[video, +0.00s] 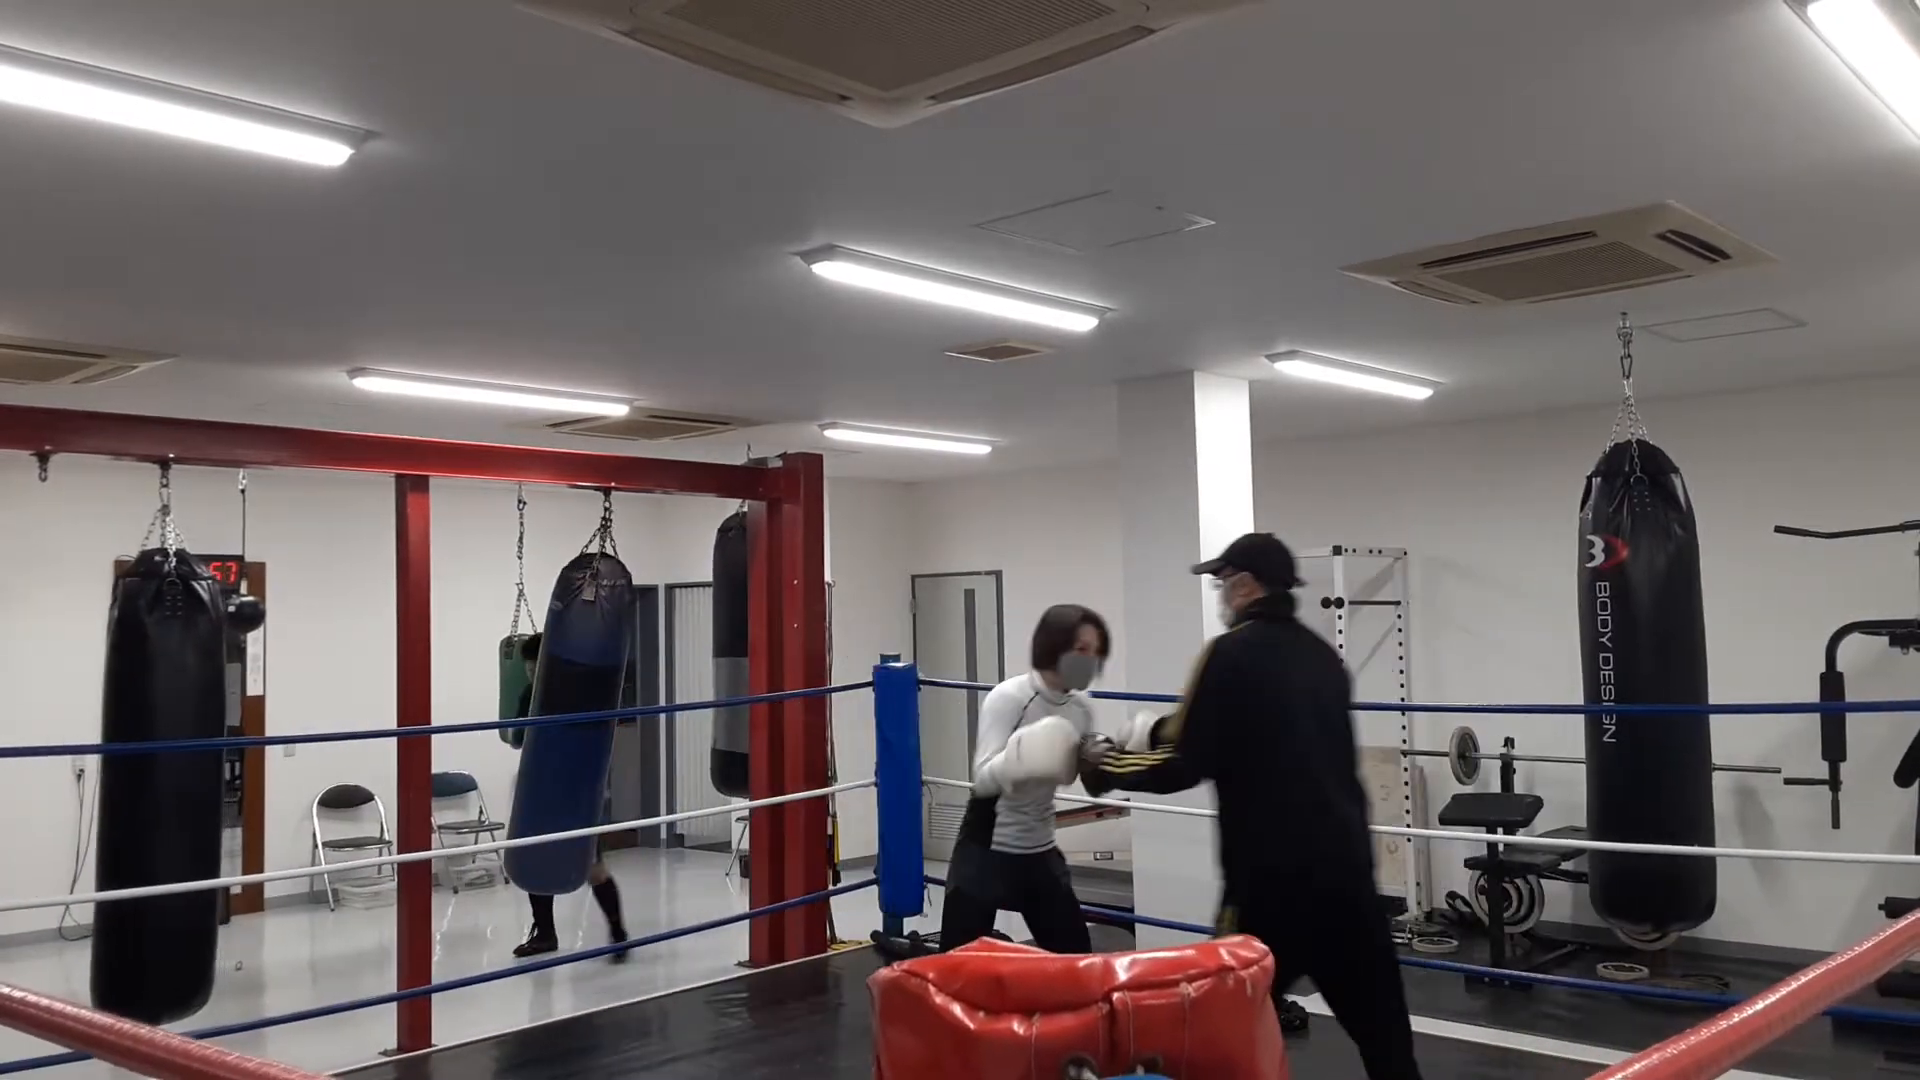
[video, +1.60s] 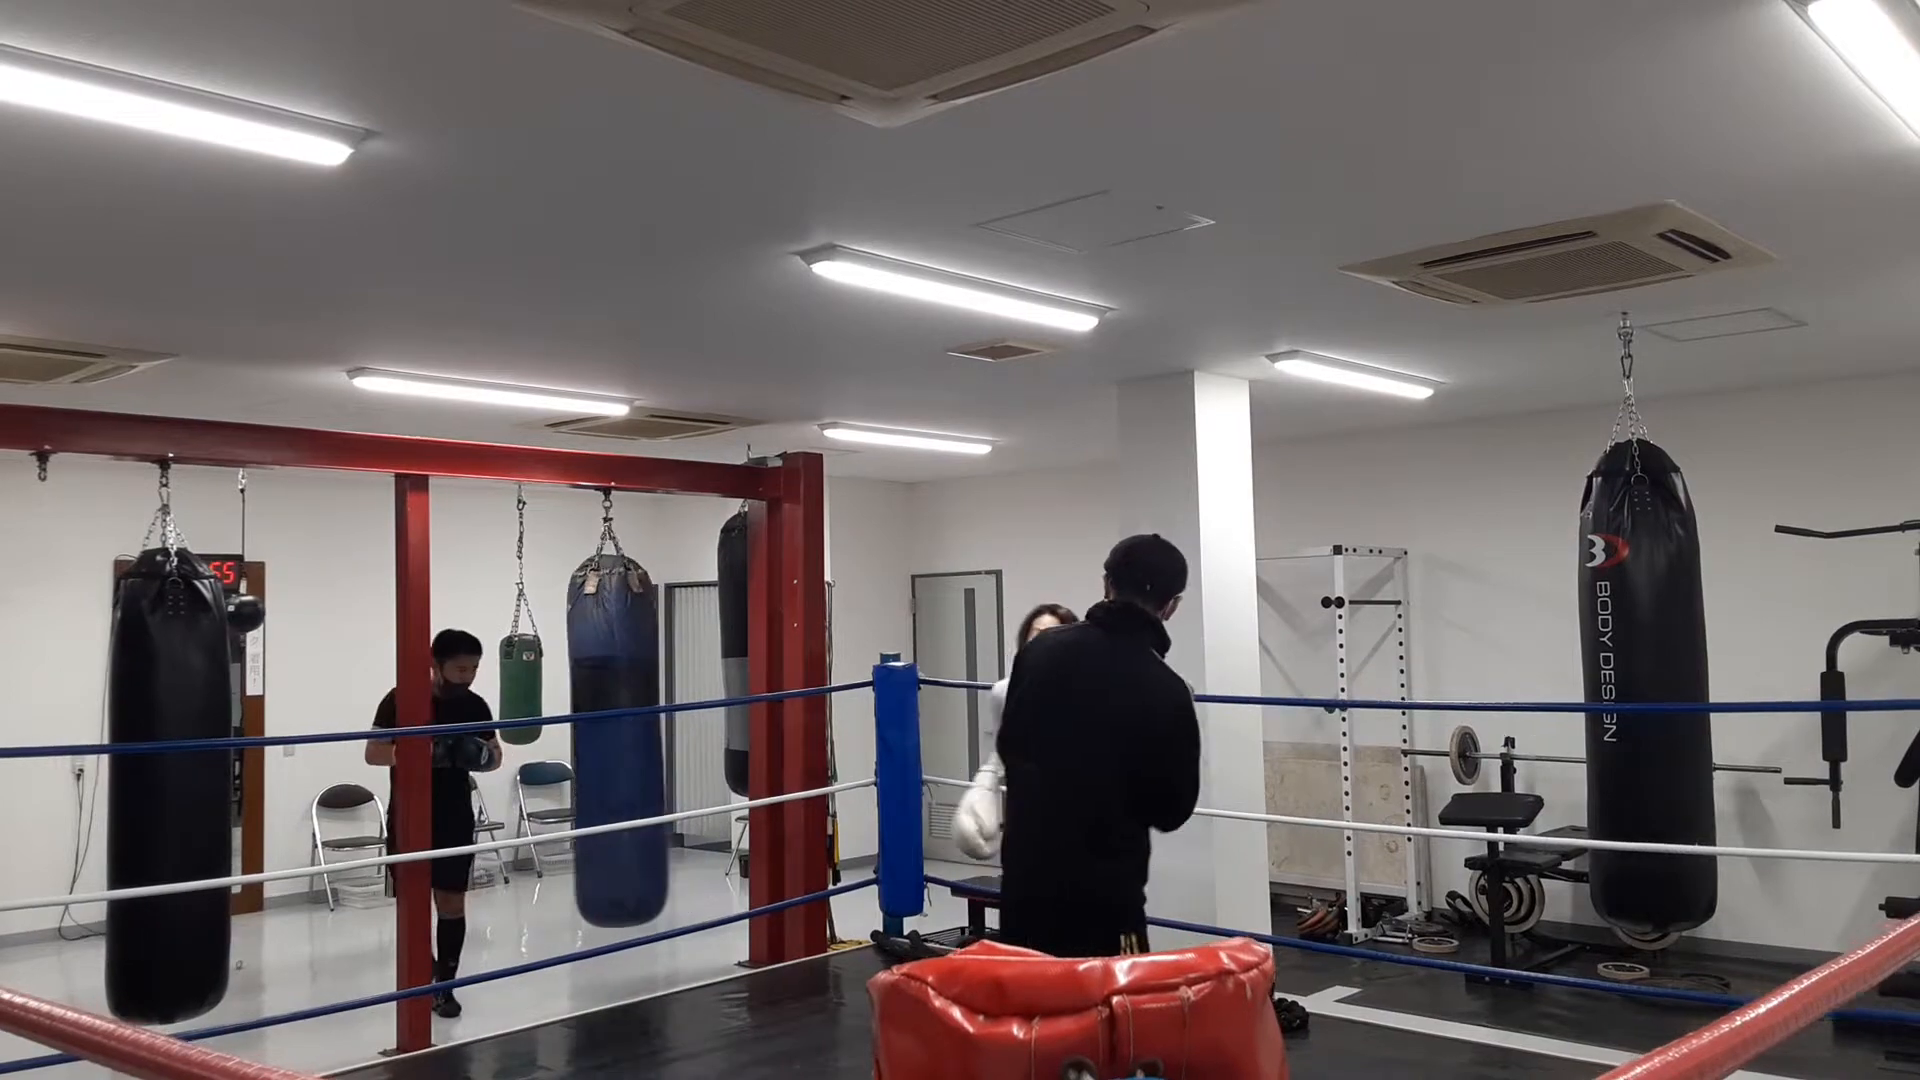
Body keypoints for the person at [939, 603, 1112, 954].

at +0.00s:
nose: (1090, 660)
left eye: (1096, 652)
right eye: (1081, 649)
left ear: (1101, 656)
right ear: (1054, 648)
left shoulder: (1081, 709)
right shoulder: (1007, 698)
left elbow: (1094, 784)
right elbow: (981, 780)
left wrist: (1107, 755)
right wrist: (1028, 754)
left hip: (1040, 854)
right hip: (986, 853)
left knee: (1076, 960)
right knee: (959, 963)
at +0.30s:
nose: (1100, 642)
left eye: (1109, 634)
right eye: (1091, 629)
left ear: (1117, 641)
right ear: (1069, 630)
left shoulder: (1110, 693)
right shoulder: (1023, 681)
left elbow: (1123, 769)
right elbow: (982, 751)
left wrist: (1086, 798)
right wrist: (1021, 770)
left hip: (1066, 842)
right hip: (1005, 837)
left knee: (1077, 958)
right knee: (980, 951)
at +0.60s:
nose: (1051, 640)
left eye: (1062, 634)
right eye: (1041, 630)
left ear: (1071, 645)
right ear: (1022, 635)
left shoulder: (1079, 693)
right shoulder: (986, 691)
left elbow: (1099, 760)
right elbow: (970, 755)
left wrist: (1086, 809)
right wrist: (979, 797)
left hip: (1060, 841)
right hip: (996, 839)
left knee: (1066, 956)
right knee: (986, 953)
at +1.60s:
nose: (1045, 646)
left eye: (1053, 638)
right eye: (1038, 637)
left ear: (1070, 644)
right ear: (1025, 643)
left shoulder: (1087, 690)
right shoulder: (1007, 693)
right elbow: (1001, 752)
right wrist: (980, 795)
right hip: (1025, 812)